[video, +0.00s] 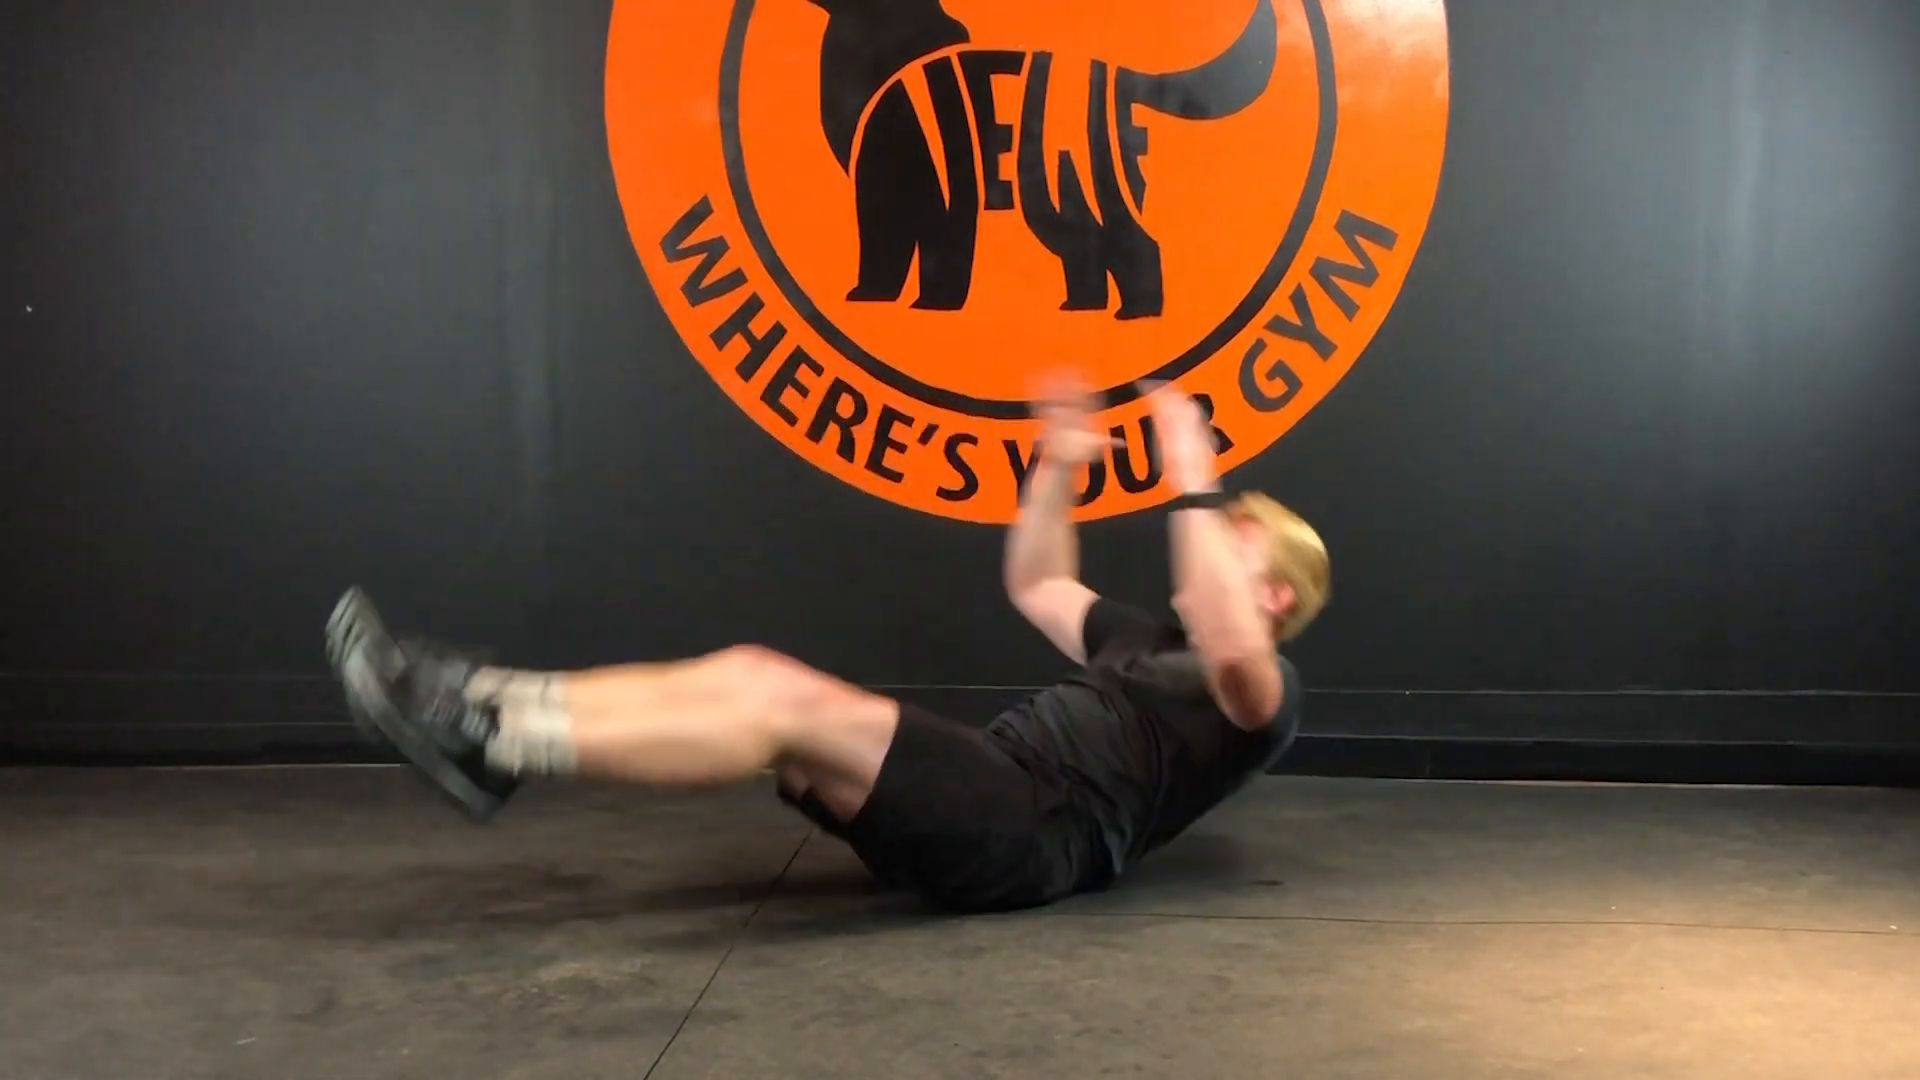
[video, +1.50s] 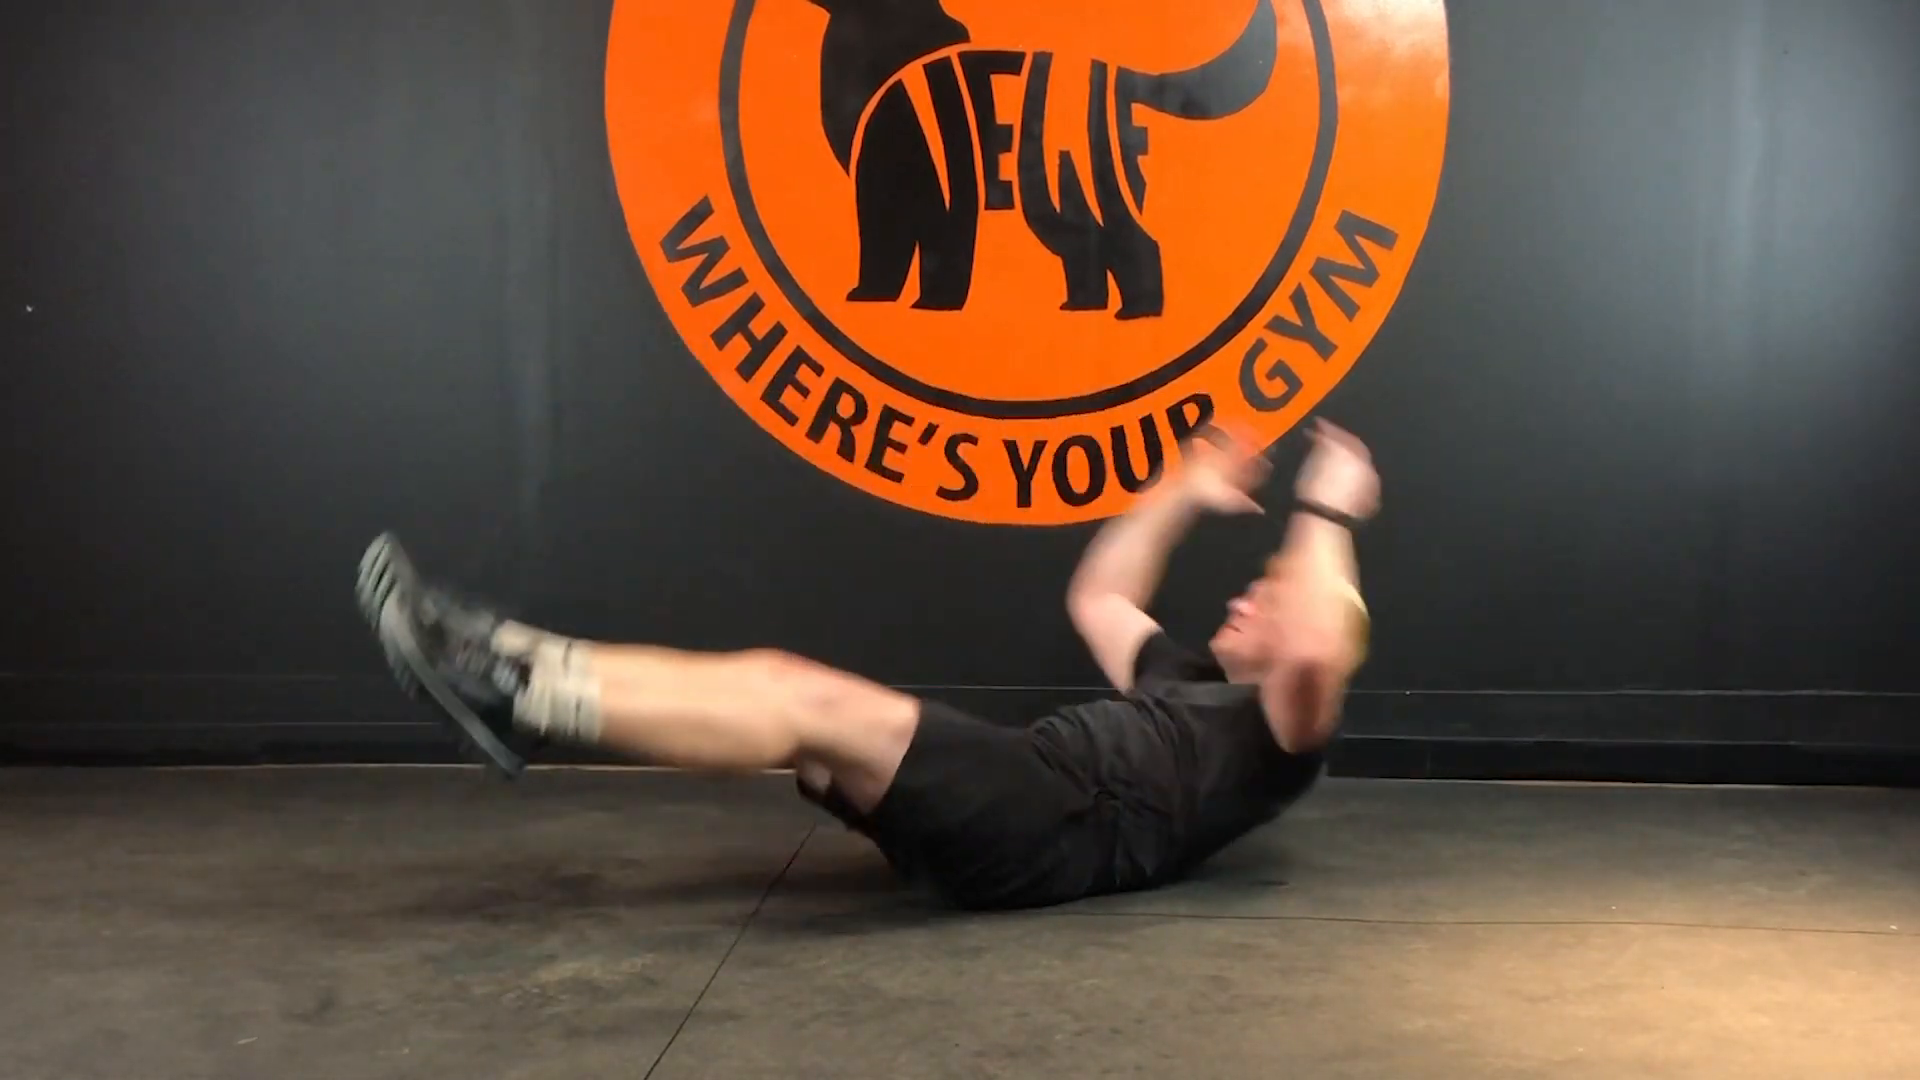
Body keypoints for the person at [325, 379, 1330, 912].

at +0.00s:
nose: (1204, 554)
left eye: (1233, 550)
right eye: (1208, 543)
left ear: (1277, 601)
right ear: (1219, 567)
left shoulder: (1252, 702)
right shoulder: (1146, 646)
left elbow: (1224, 632)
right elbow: (1041, 583)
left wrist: (1191, 474)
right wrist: (1056, 471)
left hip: (1028, 829)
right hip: (965, 792)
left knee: (776, 692)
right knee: (750, 671)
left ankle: (475, 721)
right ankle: (487, 725)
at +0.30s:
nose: (1289, 674)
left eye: (1315, 684)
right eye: (1287, 666)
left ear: (1340, 733)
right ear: (1253, 686)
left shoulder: (1294, 789)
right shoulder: (1183, 728)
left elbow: (1441, 760)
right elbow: (1223, 674)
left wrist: (1490, 670)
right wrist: (1333, 642)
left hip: (1031, 809)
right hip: (953, 757)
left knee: (793, 809)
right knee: (742, 780)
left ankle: (474, 867)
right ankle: (475, 864)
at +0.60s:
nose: (1361, 702)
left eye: (1383, 707)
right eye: (1360, 688)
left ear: (1381, 750)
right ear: (1328, 701)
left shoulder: (1311, 795)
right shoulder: (1223, 730)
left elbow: (1437, 730)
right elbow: (1209, 657)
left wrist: (1454, 647)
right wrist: (1359, 644)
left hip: (1047, 815)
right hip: (993, 760)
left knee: (801, 778)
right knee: (766, 789)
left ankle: (485, 801)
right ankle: (483, 812)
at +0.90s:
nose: (1143, 584)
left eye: (1168, 567)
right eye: (1146, 563)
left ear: (1236, 587)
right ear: (1201, 580)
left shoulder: (1248, 663)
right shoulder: (1149, 652)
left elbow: (1120, 630)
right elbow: (1016, 594)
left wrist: (978, 562)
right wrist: (911, 488)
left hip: (1030, 831)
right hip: (972, 823)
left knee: (886, 603)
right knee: (851, 602)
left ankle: (607, 536)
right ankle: (590, 547)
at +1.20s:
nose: (1083, 526)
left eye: (1108, 514)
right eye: (1088, 512)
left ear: (1181, 527)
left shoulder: (1198, 608)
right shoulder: (1074, 600)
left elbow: (1055, 565)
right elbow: (955, 546)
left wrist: (924, 452)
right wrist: (847, 465)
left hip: (1033, 832)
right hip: (952, 831)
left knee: (951, 577)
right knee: (911, 568)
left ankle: (717, 471)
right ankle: (701, 479)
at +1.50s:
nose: (1240, 604)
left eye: (1270, 597)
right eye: (1251, 591)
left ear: (1309, 649)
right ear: (1240, 613)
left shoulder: (1267, 731)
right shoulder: (1181, 687)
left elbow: (1322, 647)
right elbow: (1105, 600)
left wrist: (1326, 521)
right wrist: (1182, 490)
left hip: (1055, 825)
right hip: (1004, 798)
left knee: (810, 701)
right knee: (790, 695)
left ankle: (529, 692)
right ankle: (523, 686)